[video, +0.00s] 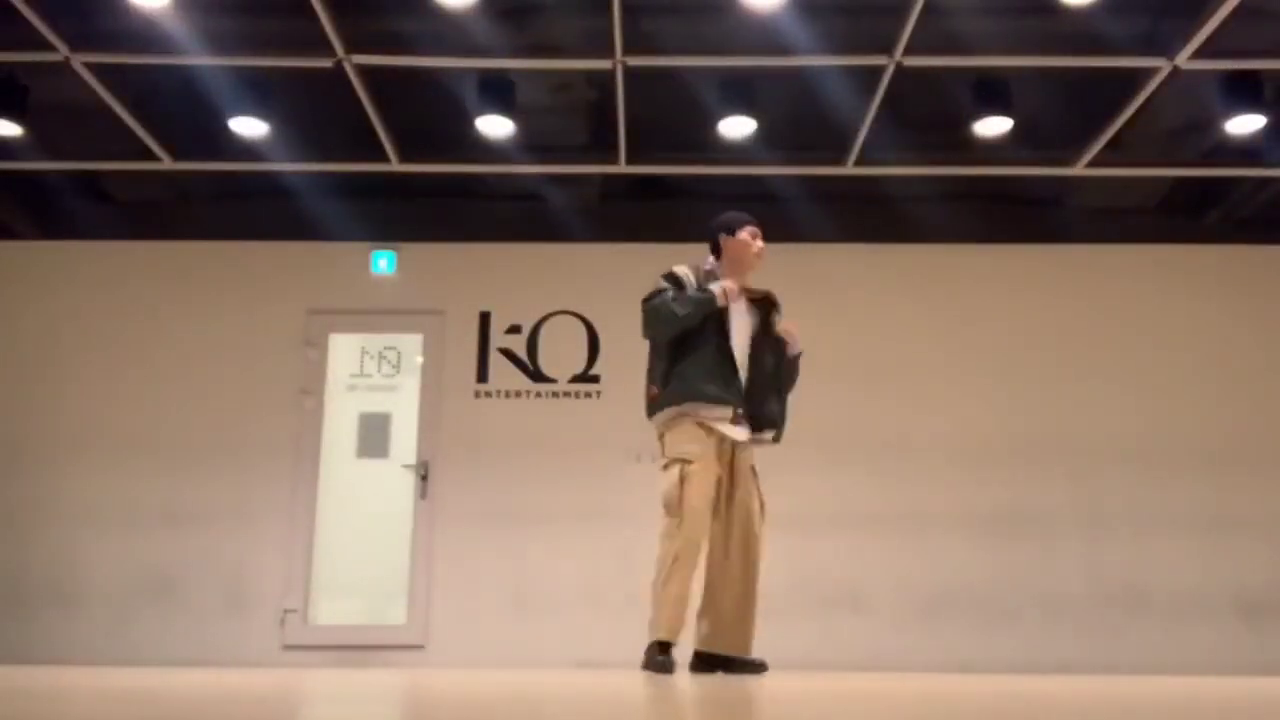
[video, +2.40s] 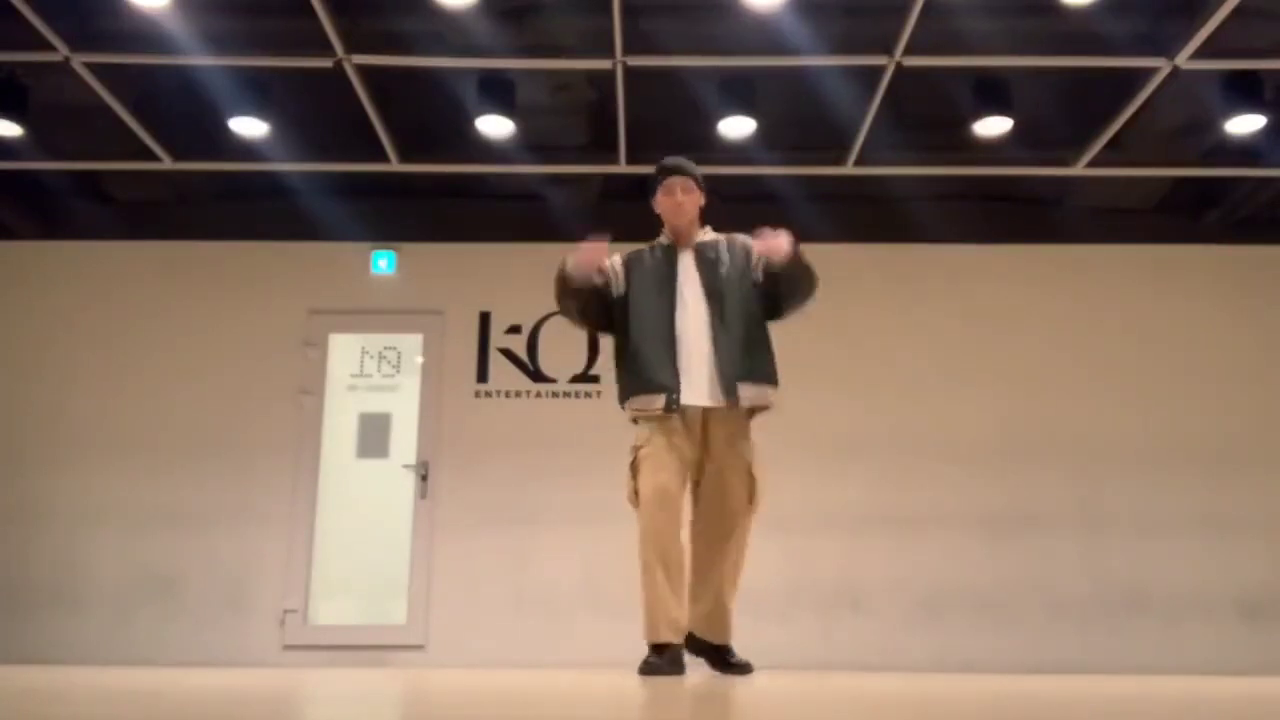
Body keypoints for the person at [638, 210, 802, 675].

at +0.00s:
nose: (760, 243)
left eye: (761, 237)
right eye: (750, 235)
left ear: (755, 251)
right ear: (722, 243)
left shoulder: (760, 308)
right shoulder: (684, 284)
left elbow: (773, 387)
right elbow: (659, 323)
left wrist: (788, 353)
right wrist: (714, 294)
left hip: (739, 431)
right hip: (690, 423)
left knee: (741, 536)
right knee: (688, 525)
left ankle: (720, 649)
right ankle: (662, 641)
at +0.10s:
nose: (751, 244)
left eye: (752, 238)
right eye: (742, 236)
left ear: (741, 248)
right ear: (715, 241)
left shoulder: (735, 307)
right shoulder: (684, 277)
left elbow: (730, 373)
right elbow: (655, 330)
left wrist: (764, 377)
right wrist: (723, 338)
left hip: (728, 432)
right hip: (684, 424)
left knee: (736, 537)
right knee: (682, 525)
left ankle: (718, 648)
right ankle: (646, 634)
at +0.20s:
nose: (740, 247)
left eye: (740, 239)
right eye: (733, 237)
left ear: (719, 243)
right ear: (706, 239)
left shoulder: (720, 299)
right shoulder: (672, 281)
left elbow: (723, 364)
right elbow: (661, 349)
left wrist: (739, 393)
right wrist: (702, 386)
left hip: (718, 430)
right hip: (674, 426)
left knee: (725, 536)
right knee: (672, 530)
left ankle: (714, 647)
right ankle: (636, 632)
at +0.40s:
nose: (715, 253)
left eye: (714, 246)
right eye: (708, 244)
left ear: (690, 250)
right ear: (680, 246)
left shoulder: (700, 312)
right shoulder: (640, 299)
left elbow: (701, 379)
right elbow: (625, 370)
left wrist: (716, 408)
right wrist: (631, 435)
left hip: (695, 449)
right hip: (650, 446)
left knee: (722, 536)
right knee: (645, 546)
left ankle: (715, 647)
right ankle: (627, 644)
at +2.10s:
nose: (702, 200)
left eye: (711, 194)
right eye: (693, 195)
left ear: (726, 211)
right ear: (680, 213)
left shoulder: (758, 274)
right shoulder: (651, 274)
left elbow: (779, 344)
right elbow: (628, 344)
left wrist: (764, 402)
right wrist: (630, 395)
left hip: (733, 422)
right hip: (670, 420)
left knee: (723, 535)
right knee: (669, 513)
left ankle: (708, 645)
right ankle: (647, 625)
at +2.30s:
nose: (683, 202)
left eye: (692, 195)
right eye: (675, 197)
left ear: (710, 207)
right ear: (664, 213)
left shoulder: (748, 266)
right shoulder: (643, 274)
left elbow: (793, 307)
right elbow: (607, 325)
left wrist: (787, 335)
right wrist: (590, 351)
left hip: (730, 420)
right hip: (667, 419)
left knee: (719, 530)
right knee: (663, 516)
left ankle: (707, 644)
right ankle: (664, 642)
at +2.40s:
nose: (677, 199)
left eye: (685, 190)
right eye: (667, 191)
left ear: (702, 199)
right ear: (655, 204)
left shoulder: (740, 253)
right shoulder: (632, 265)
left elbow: (784, 300)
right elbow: (593, 315)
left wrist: (786, 261)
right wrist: (578, 275)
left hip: (728, 417)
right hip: (662, 416)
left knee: (727, 520)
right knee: (659, 512)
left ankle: (709, 633)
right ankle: (664, 641)